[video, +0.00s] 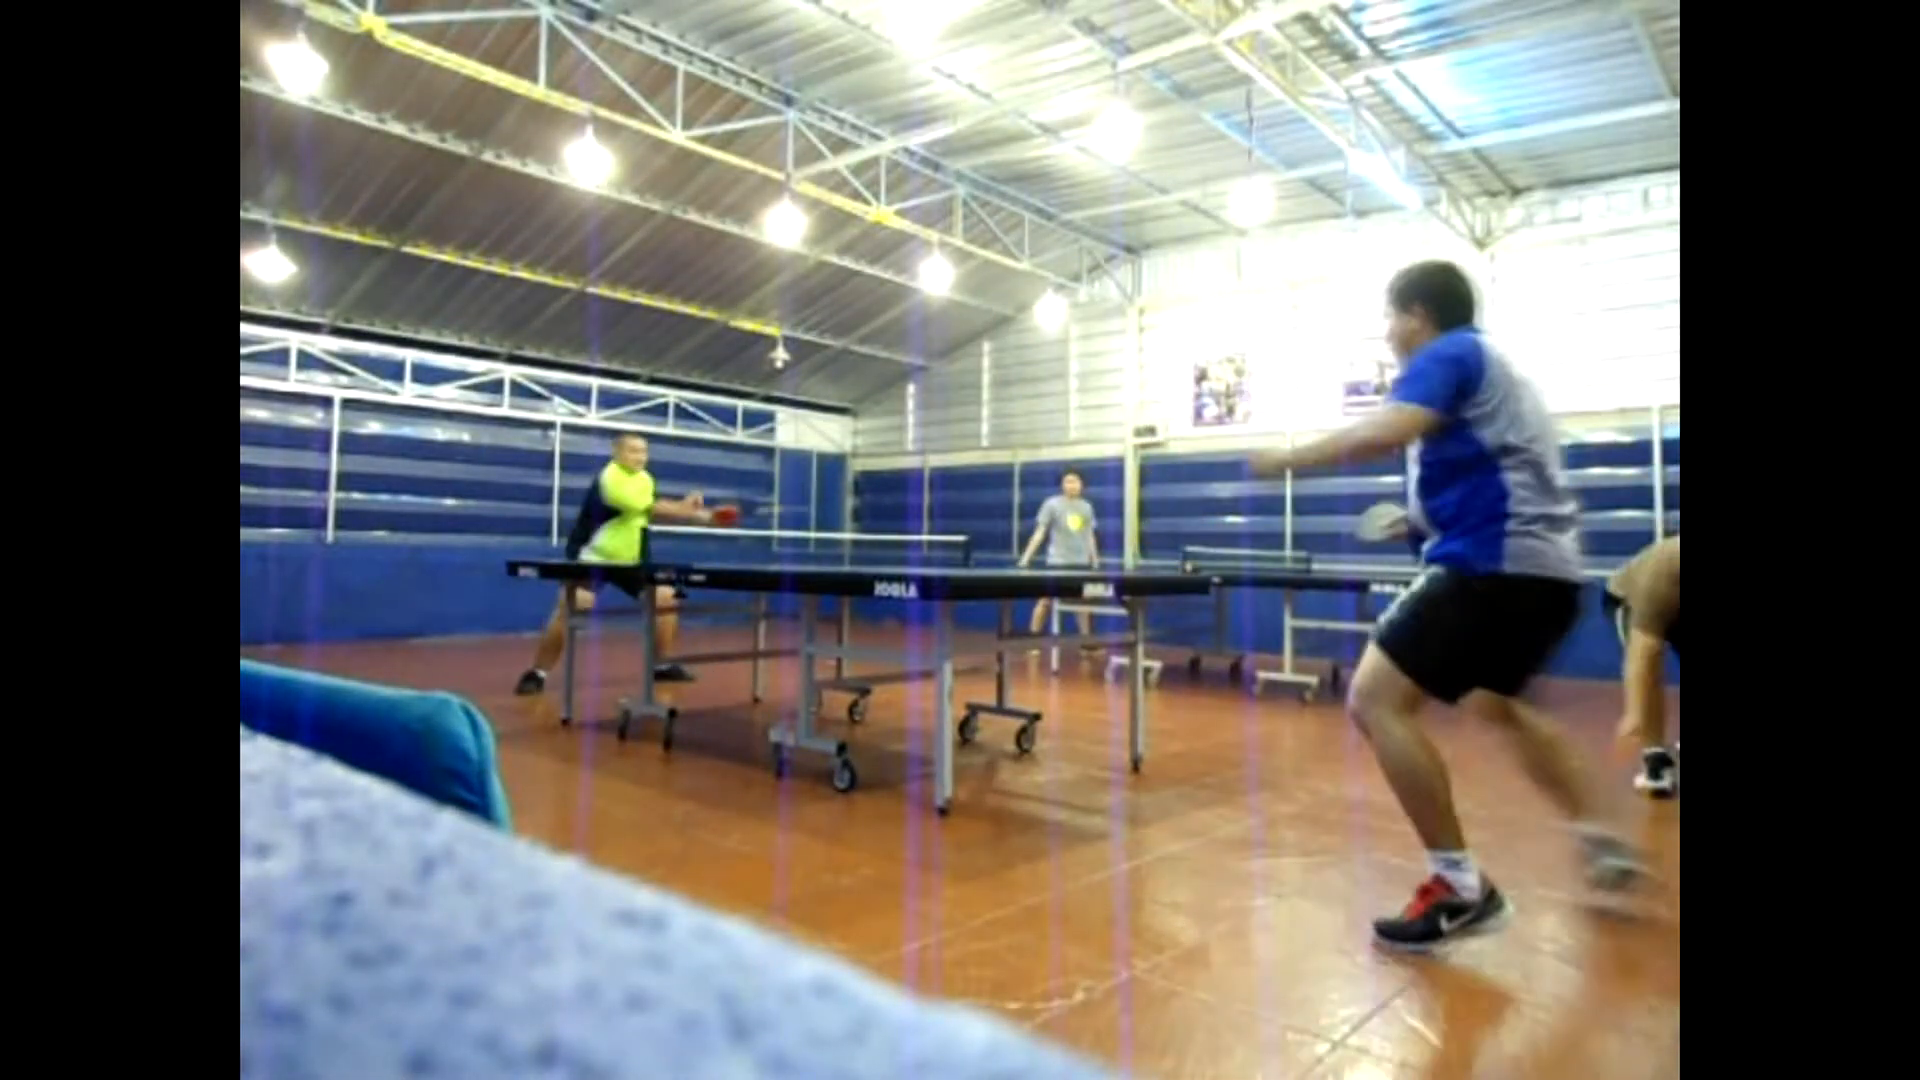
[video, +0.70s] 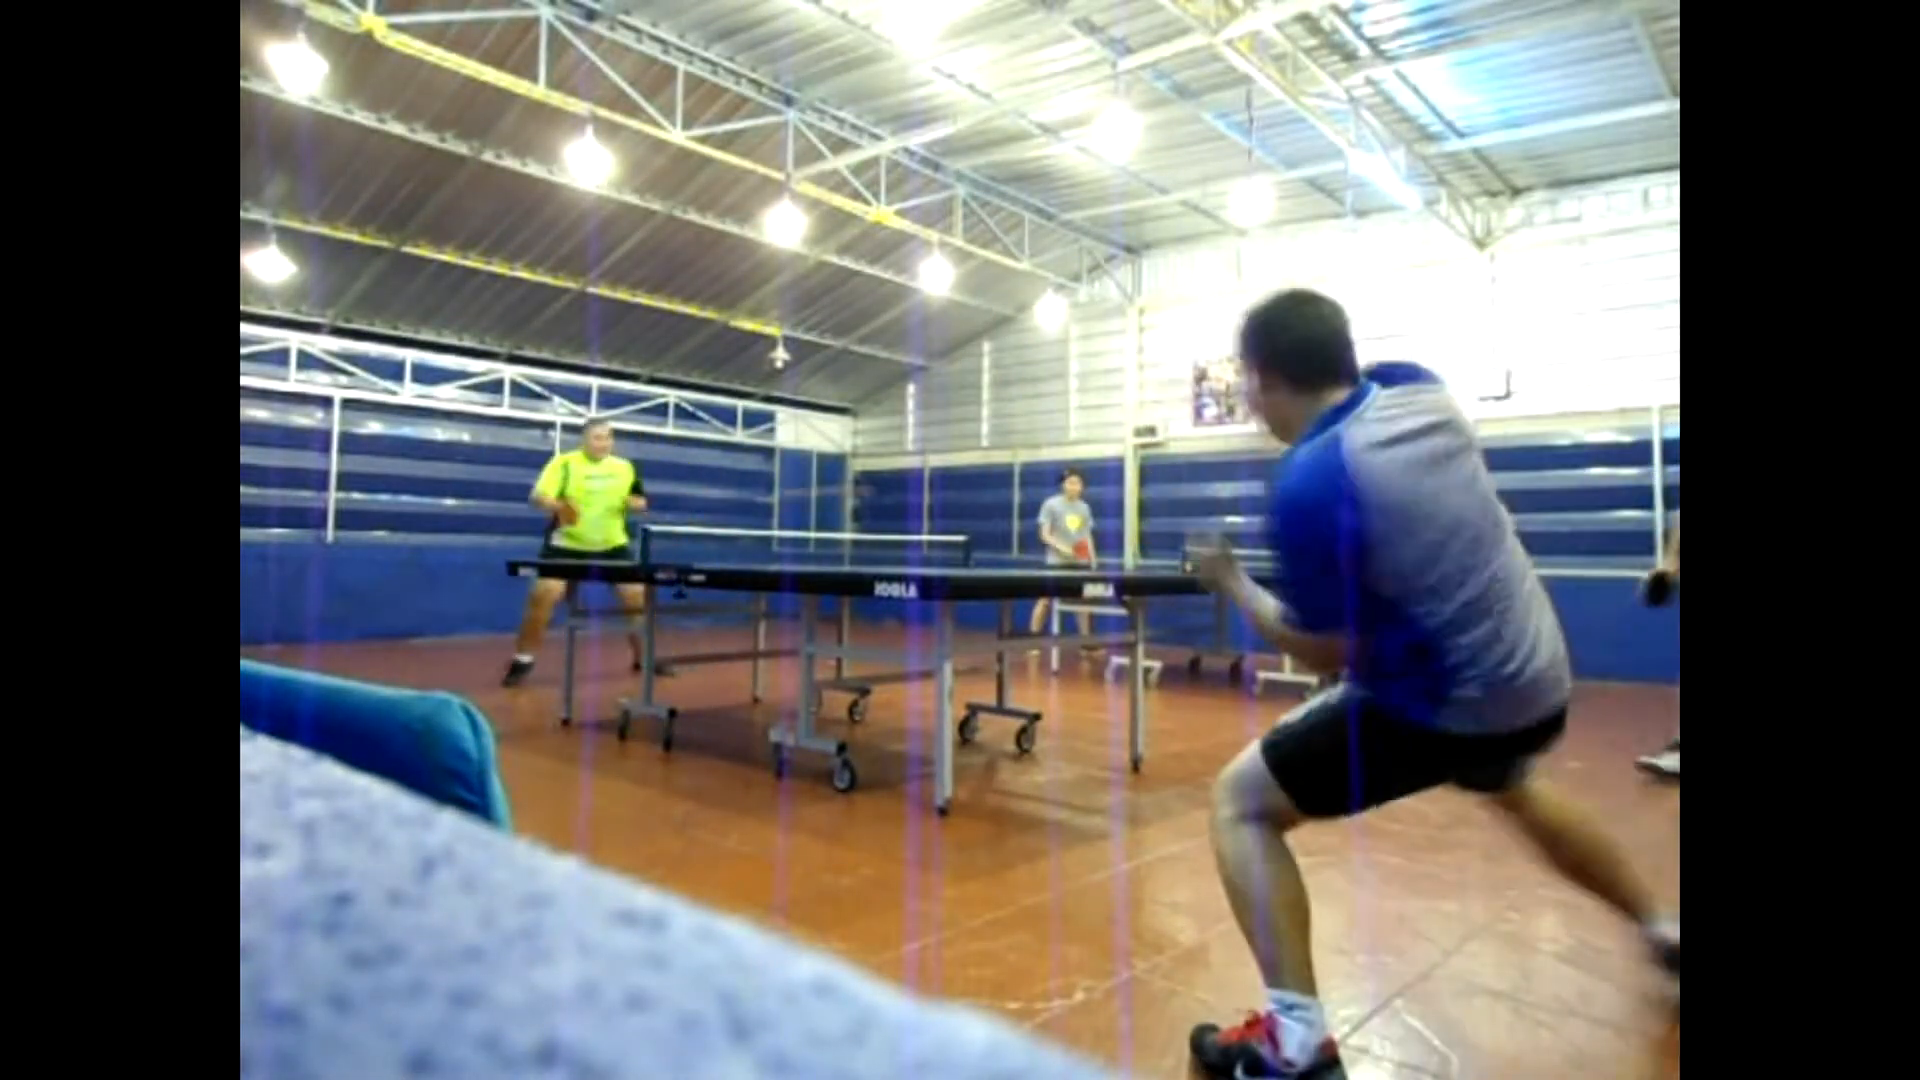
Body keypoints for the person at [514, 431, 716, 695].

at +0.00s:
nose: (639, 457)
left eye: (643, 451)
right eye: (632, 451)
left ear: (646, 455)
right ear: (617, 452)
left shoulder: (645, 481)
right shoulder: (610, 480)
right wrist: (686, 509)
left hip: (629, 562)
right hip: (591, 562)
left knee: (665, 598)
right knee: (575, 606)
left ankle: (663, 663)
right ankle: (538, 671)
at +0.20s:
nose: (652, 445)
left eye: (656, 439)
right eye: (645, 438)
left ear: (659, 443)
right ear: (630, 439)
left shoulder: (655, 473)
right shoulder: (615, 464)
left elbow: (652, 509)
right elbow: (622, 500)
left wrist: (678, 516)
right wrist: (671, 508)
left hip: (636, 545)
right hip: (599, 543)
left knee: (662, 594)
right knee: (581, 598)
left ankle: (663, 661)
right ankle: (541, 666)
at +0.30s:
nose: (649, 444)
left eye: (653, 439)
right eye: (642, 438)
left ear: (656, 443)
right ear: (628, 439)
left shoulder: (655, 474)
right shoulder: (607, 464)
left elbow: (649, 510)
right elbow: (601, 504)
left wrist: (658, 532)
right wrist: (643, 518)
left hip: (637, 550)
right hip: (601, 547)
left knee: (663, 595)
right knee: (582, 598)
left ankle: (663, 661)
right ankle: (536, 662)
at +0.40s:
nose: (637, 448)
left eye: (642, 443)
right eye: (631, 442)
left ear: (647, 447)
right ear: (620, 443)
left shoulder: (649, 479)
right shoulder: (598, 469)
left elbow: (641, 516)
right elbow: (578, 503)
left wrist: (651, 535)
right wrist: (619, 524)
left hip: (633, 558)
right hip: (596, 556)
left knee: (663, 594)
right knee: (579, 602)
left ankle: (663, 661)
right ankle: (535, 660)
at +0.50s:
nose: (626, 447)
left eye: (630, 442)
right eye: (620, 441)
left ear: (635, 447)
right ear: (607, 443)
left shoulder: (637, 478)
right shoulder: (585, 467)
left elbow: (638, 507)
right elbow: (562, 496)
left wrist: (649, 523)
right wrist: (600, 512)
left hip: (625, 558)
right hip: (585, 556)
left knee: (655, 598)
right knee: (559, 607)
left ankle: (663, 660)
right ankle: (534, 665)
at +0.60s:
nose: (614, 442)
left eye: (618, 436)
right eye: (608, 435)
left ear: (623, 441)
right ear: (595, 437)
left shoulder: (629, 469)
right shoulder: (571, 460)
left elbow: (635, 497)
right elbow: (550, 491)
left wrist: (642, 506)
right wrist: (580, 502)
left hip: (615, 546)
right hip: (573, 545)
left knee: (641, 599)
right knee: (553, 601)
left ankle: (666, 656)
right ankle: (532, 661)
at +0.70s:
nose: (601, 443)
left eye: (606, 438)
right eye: (596, 437)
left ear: (612, 441)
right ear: (584, 439)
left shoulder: (624, 468)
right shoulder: (564, 463)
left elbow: (637, 498)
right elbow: (539, 494)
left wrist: (633, 503)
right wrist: (558, 506)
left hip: (612, 542)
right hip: (568, 541)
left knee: (635, 594)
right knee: (544, 594)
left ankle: (643, 658)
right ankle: (523, 658)